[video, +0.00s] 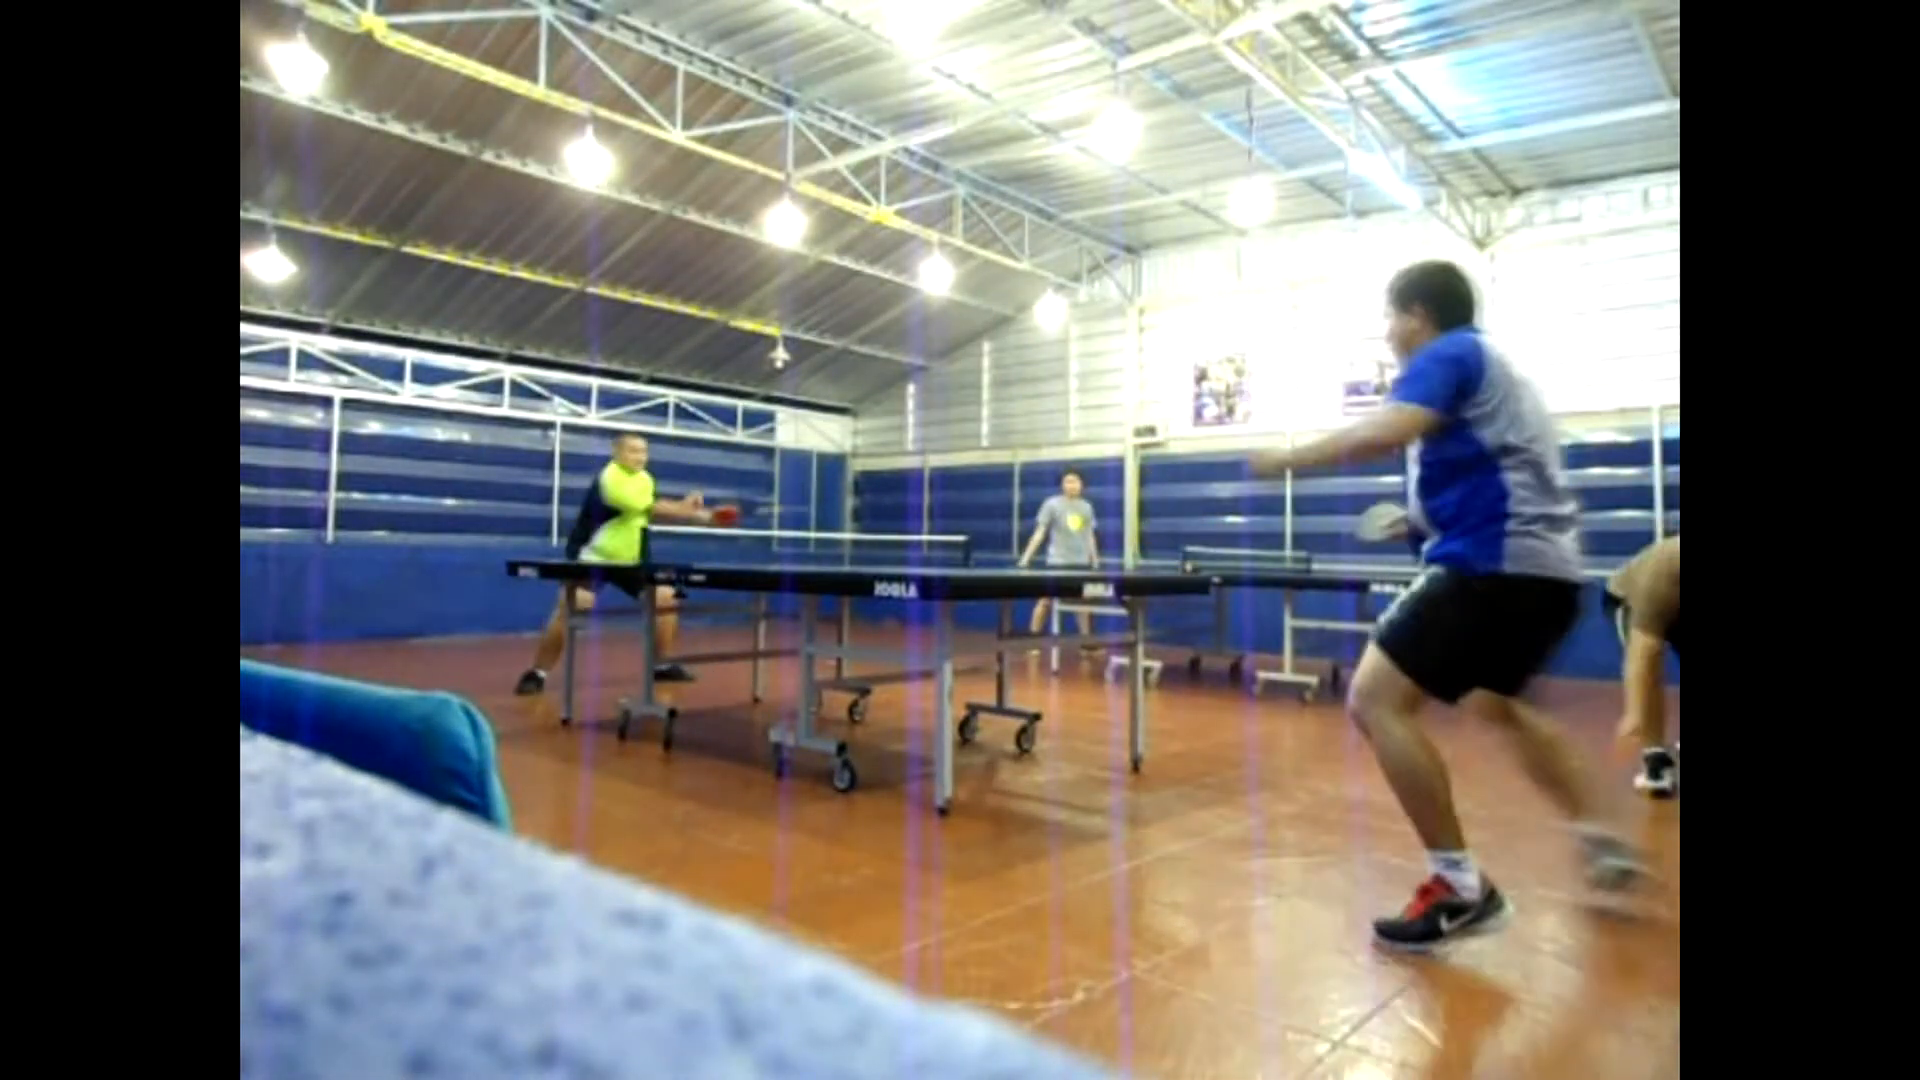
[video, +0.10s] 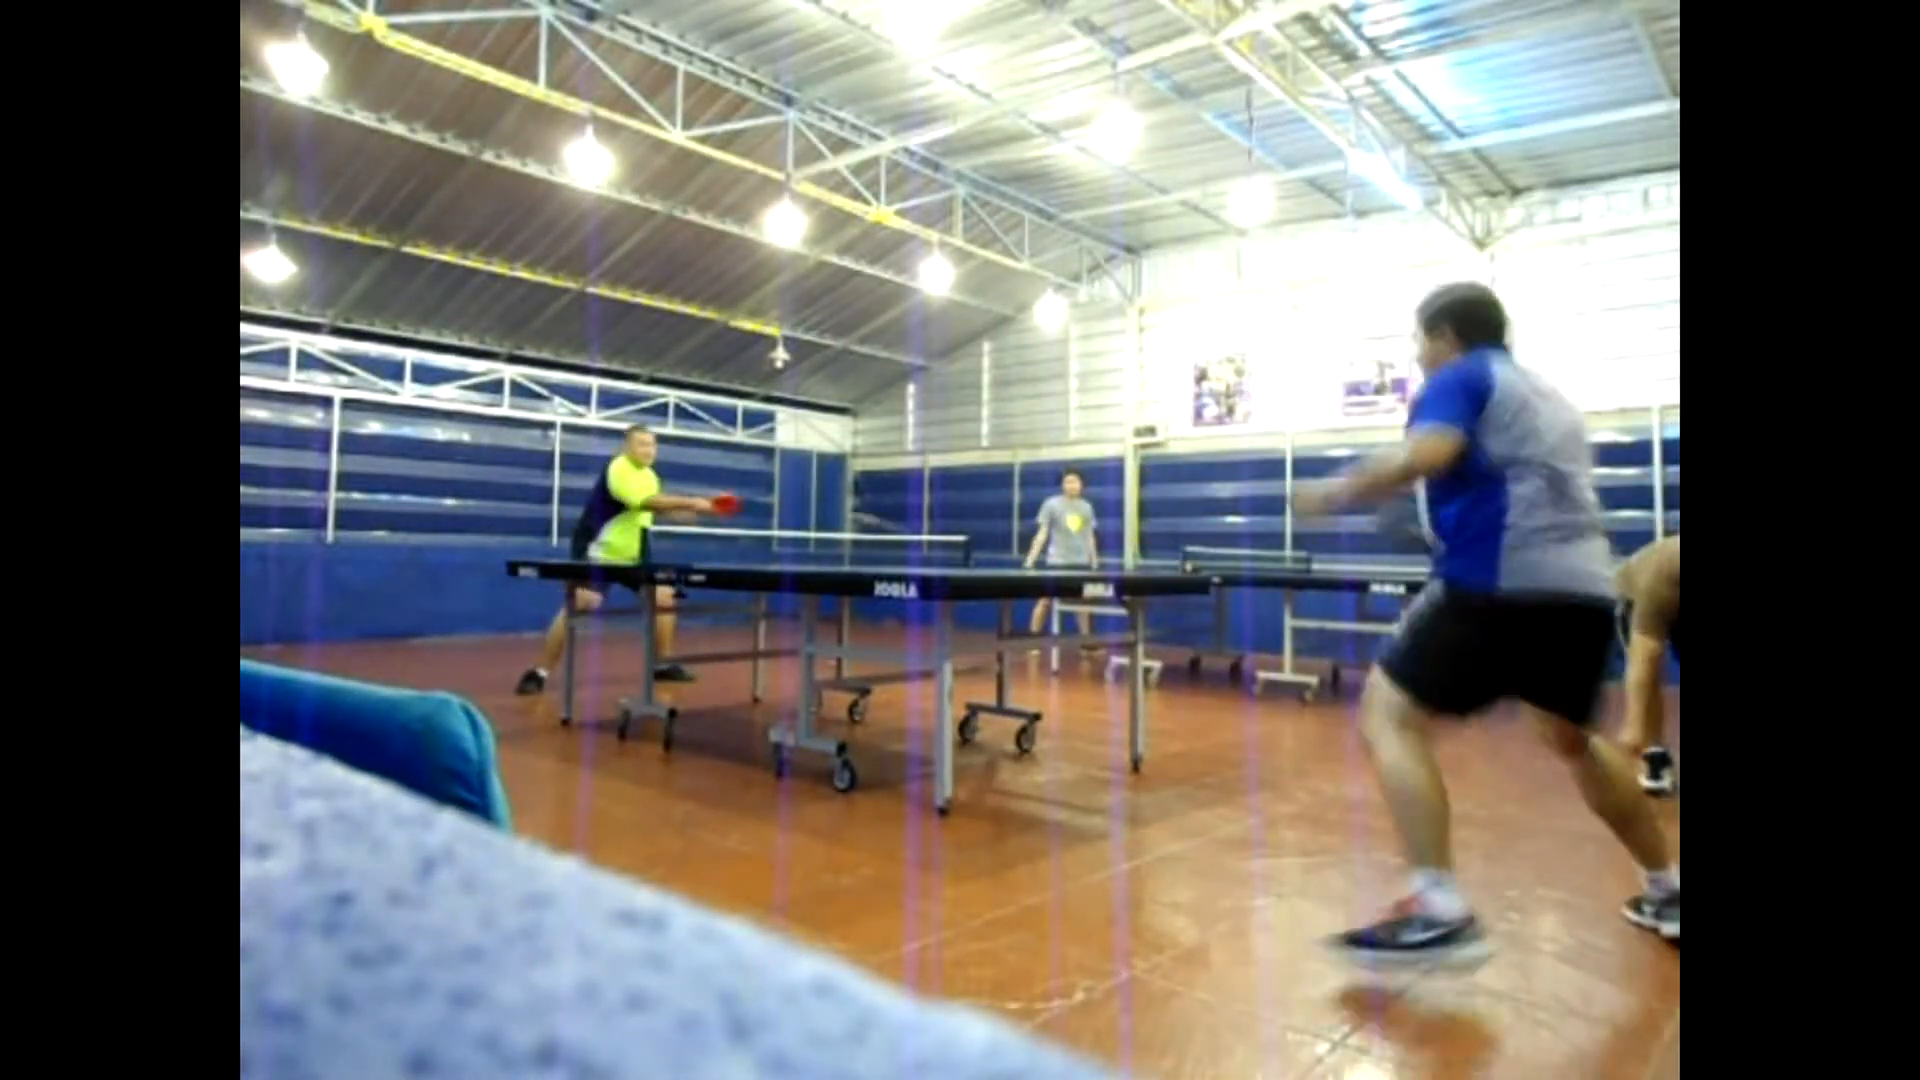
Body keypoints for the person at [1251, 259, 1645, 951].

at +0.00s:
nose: (1390, 334)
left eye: (1394, 319)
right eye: (1390, 321)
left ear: (1418, 316)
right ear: (1459, 314)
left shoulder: (1449, 357)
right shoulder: (1498, 371)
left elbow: (1393, 431)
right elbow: (1498, 482)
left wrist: (1288, 460)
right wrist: (1420, 518)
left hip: (1489, 569)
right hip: (1550, 573)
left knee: (1377, 702)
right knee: (1498, 705)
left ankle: (1459, 886)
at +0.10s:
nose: (1421, 354)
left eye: (1423, 341)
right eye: (1420, 342)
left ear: (1447, 337)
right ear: (1497, 334)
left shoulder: (1459, 377)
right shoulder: (1547, 396)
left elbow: (1430, 454)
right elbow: (1561, 496)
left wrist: (1339, 492)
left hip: (1494, 596)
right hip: (1584, 600)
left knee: (1387, 712)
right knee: (1573, 737)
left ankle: (1437, 905)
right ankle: (1667, 884)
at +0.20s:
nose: (1440, 393)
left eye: (1442, 382)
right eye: (1438, 383)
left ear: (1462, 376)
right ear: (1518, 372)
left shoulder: (1456, 416)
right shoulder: (1594, 437)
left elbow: (1378, 500)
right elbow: (1610, 534)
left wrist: (1331, 540)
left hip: (1508, 616)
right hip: (1610, 625)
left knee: (1405, 752)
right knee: (1579, 741)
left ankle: (1404, 945)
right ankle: (1669, 890)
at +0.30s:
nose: (1440, 410)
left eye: (1444, 400)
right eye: (1442, 401)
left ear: (1462, 396)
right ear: (1527, 394)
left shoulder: (1436, 437)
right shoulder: (1599, 447)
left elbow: (1330, 515)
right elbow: (1655, 558)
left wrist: (1333, 519)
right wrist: (1648, 656)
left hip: (1493, 636)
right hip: (1605, 643)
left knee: (1376, 777)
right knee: (1586, 748)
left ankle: (1419, 966)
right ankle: (1669, 894)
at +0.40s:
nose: (1420, 402)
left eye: (1422, 392)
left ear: (1432, 390)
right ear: (1514, 388)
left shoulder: (1396, 439)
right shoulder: (1568, 431)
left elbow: (1291, 496)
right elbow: (1642, 509)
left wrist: (1309, 486)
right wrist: (1665, 570)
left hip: (1447, 670)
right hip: (1560, 672)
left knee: (1328, 804)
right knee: (1609, 796)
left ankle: (1333, 987)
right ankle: (1674, 903)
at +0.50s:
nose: (1354, 377)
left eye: (1359, 366)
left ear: (1374, 367)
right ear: (1450, 364)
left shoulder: (1338, 424)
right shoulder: (1519, 424)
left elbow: (1242, 518)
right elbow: (1584, 525)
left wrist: (1298, 468)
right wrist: (1663, 577)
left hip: (1412, 689)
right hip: (1537, 688)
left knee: (1283, 827)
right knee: (1621, 819)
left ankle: (1301, 1029)